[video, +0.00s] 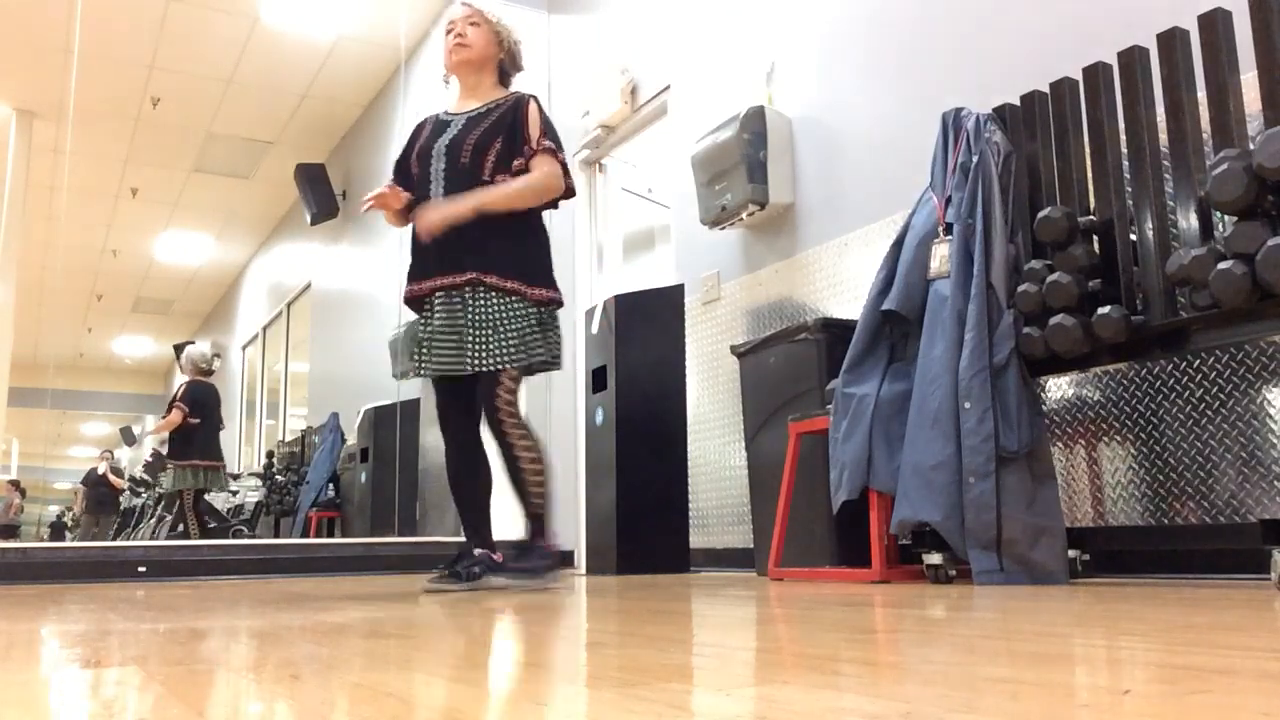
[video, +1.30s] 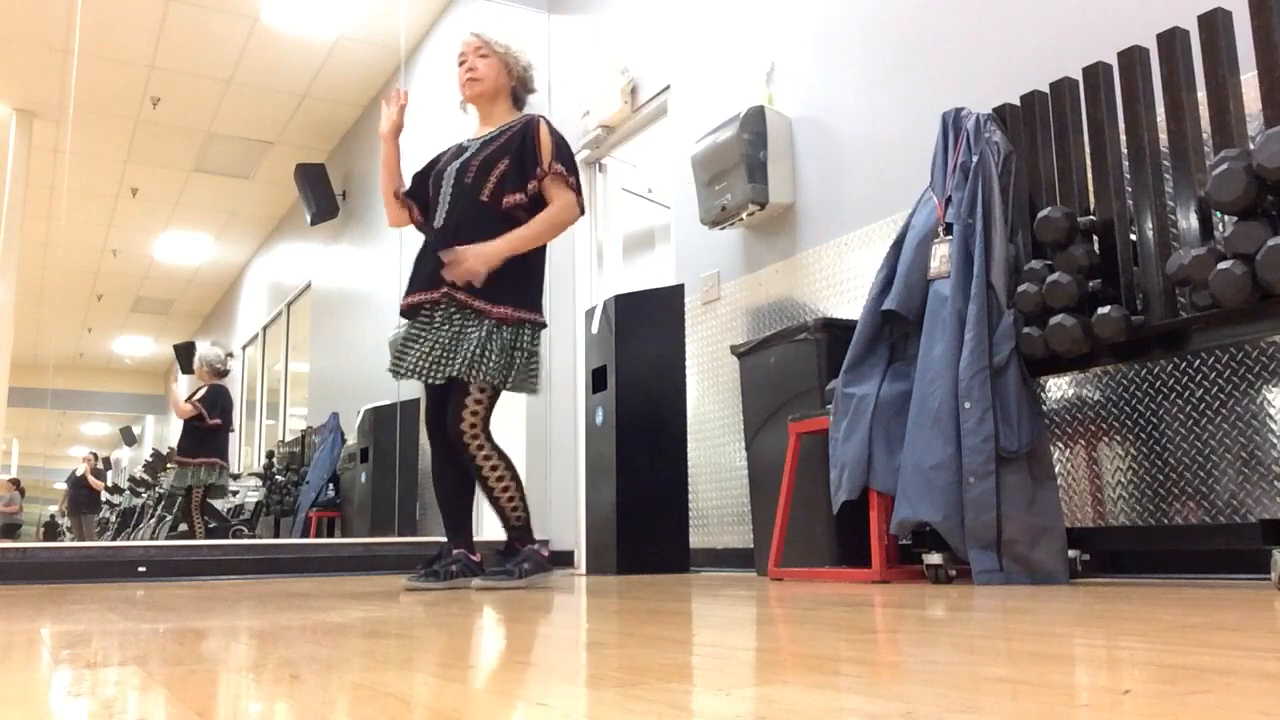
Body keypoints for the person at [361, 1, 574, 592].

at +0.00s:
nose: (456, 30)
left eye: (471, 25)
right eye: (449, 28)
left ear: (499, 49)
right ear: (444, 57)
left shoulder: (520, 107)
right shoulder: (427, 129)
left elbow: (551, 181)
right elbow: (406, 211)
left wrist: (460, 204)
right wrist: (394, 205)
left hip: (505, 281)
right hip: (442, 286)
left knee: (502, 411)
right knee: (456, 420)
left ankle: (543, 542)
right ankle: (479, 547)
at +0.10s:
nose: (459, 36)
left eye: (473, 29)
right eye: (453, 34)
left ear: (505, 50)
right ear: (452, 61)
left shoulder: (527, 107)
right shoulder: (438, 133)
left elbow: (561, 184)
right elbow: (422, 219)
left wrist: (511, 244)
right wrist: (406, 209)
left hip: (515, 282)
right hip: (448, 286)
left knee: (534, 418)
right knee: (459, 425)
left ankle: (575, 546)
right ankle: (481, 551)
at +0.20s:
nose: (464, 38)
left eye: (478, 29)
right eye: (458, 35)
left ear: (510, 49)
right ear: (457, 61)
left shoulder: (537, 107)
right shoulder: (445, 132)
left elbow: (575, 182)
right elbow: (437, 223)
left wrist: (561, 246)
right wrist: (416, 210)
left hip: (523, 279)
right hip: (455, 284)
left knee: (543, 417)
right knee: (462, 423)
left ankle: (574, 548)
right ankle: (482, 552)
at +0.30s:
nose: (469, 37)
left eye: (483, 29)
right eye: (462, 35)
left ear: (514, 48)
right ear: (460, 62)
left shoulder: (545, 107)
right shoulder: (450, 133)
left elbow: (590, 170)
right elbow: (439, 217)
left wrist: (615, 223)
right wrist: (422, 210)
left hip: (534, 280)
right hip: (465, 282)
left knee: (546, 414)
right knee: (466, 421)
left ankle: (576, 549)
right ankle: (483, 551)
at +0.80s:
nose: (495, 50)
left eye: (509, 42)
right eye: (490, 45)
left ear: (539, 61)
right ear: (487, 68)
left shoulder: (565, 118)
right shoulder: (476, 147)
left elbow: (614, 184)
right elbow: (456, 231)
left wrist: (565, 160)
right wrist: (434, 212)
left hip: (565, 288)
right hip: (499, 297)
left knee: (566, 416)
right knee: (456, 409)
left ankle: (579, 550)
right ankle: (473, 544)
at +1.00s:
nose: (490, 51)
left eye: (503, 42)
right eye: (484, 46)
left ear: (534, 60)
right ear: (481, 70)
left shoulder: (554, 122)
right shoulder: (469, 141)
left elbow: (576, 195)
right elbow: (432, 210)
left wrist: (491, 188)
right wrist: (397, 152)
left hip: (539, 295)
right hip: (479, 299)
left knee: (549, 418)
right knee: (452, 421)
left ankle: (578, 549)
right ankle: (465, 552)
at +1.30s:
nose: (467, 66)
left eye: (479, 57)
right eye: (461, 62)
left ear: (510, 72)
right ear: (460, 85)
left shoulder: (533, 128)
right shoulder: (449, 157)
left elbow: (566, 206)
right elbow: (399, 211)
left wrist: (490, 251)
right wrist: (390, 138)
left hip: (501, 302)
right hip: (442, 300)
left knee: (467, 425)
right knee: (440, 426)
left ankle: (525, 546)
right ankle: (460, 551)